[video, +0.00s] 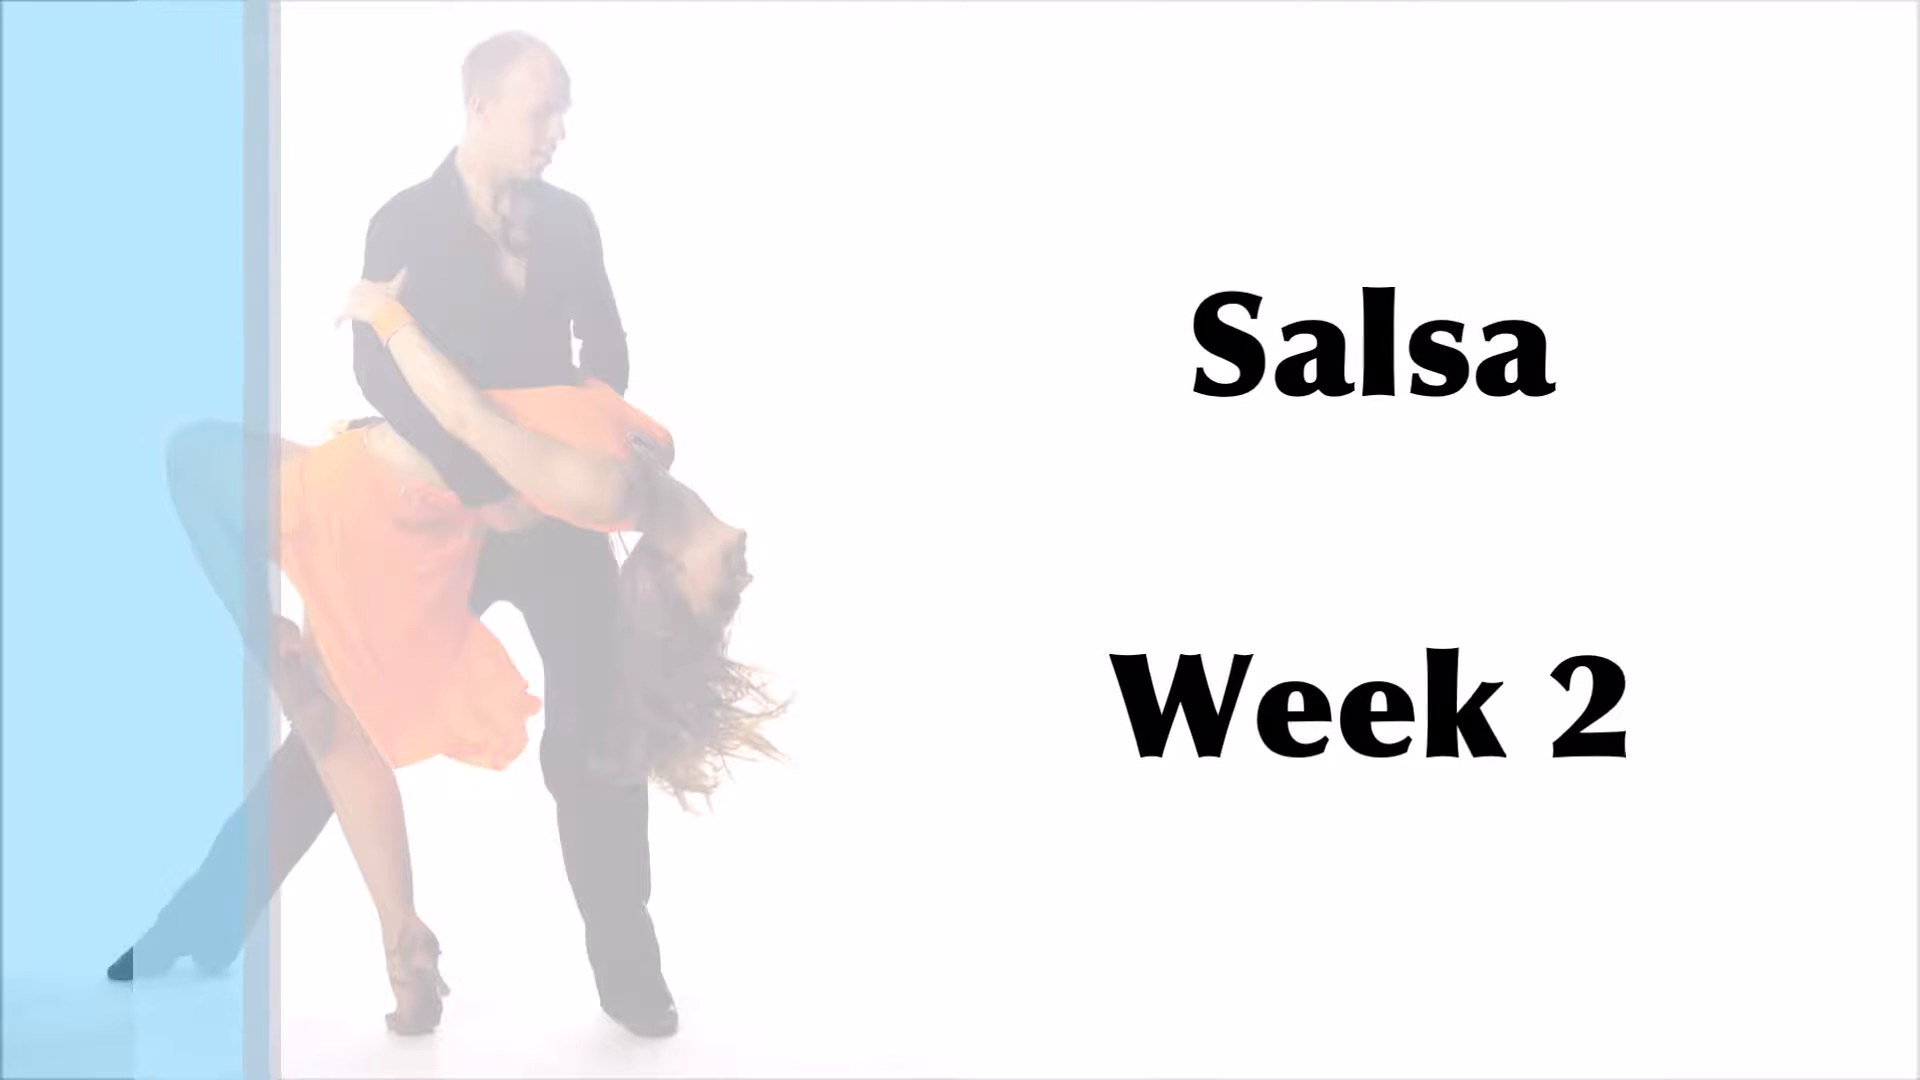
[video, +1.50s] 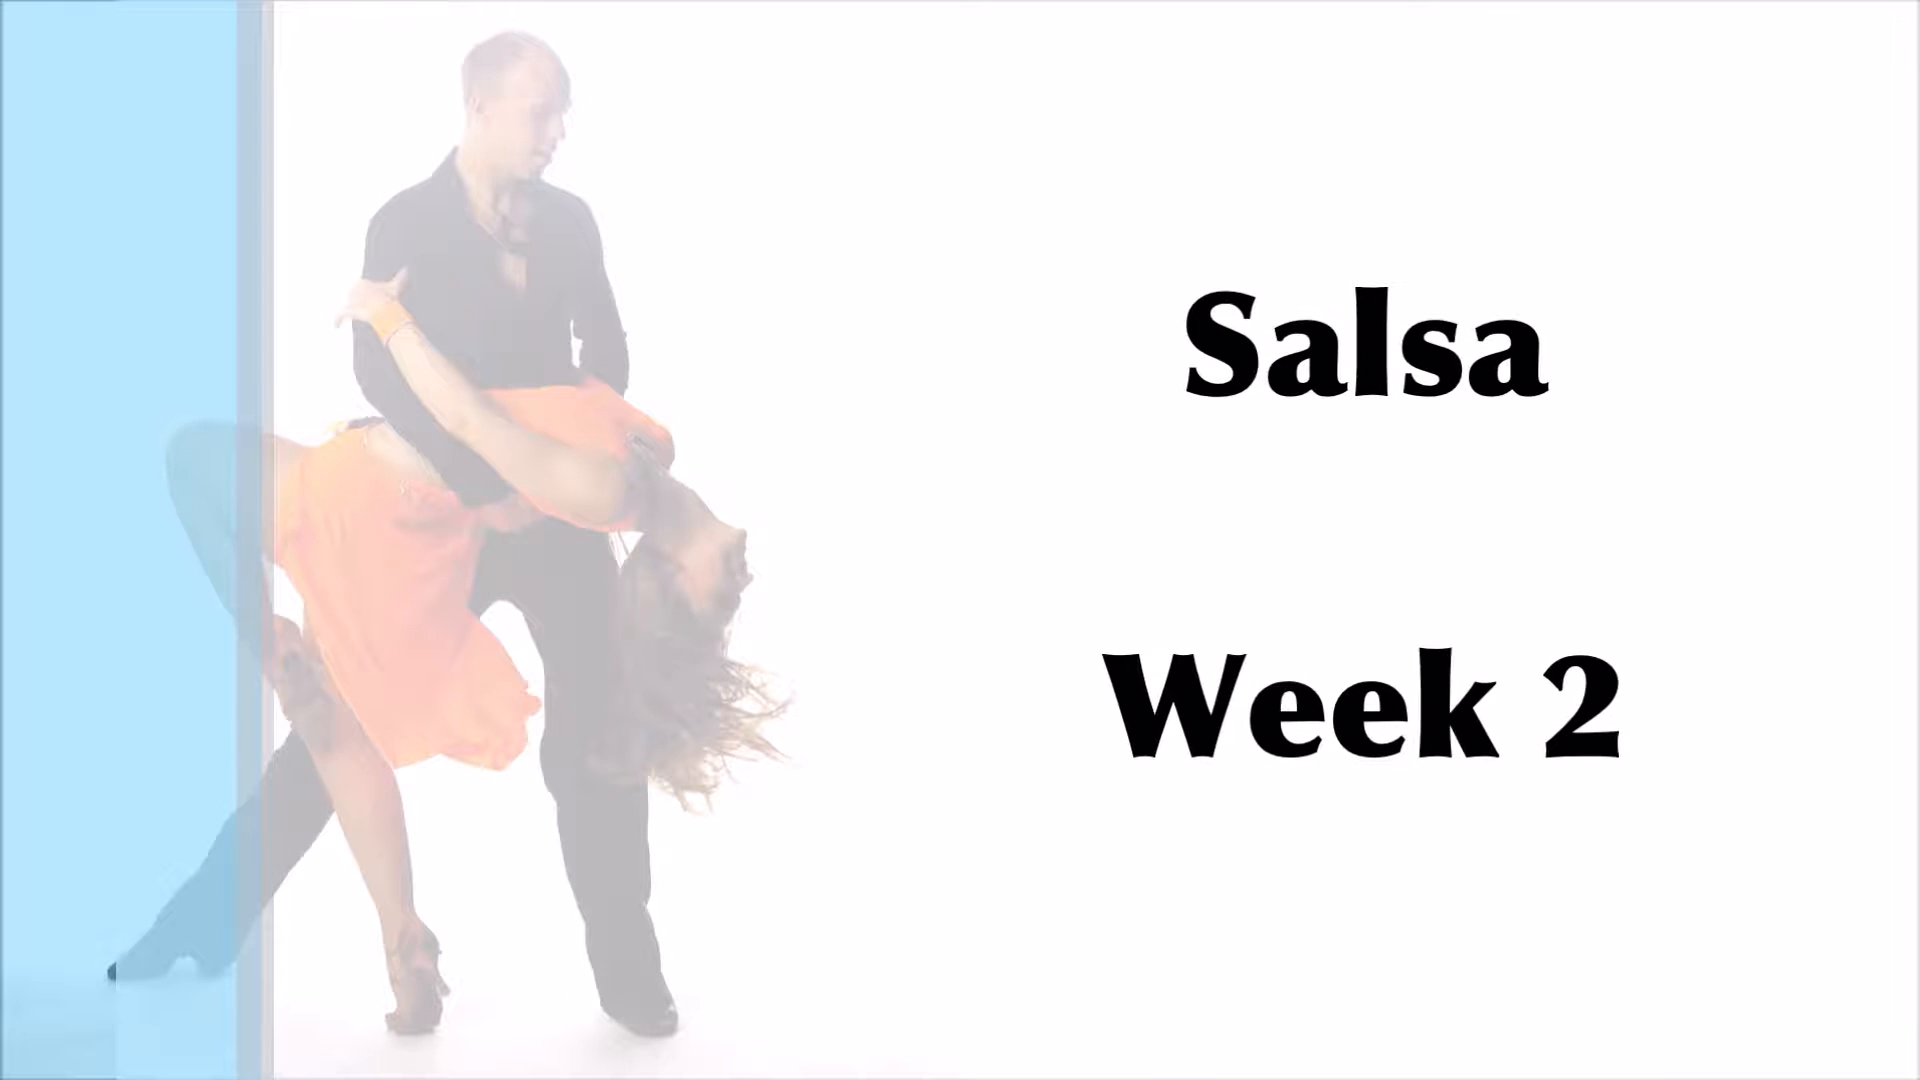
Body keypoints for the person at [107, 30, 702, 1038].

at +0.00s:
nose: (557, 133)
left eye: (564, 116)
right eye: (543, 113)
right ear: (481, 110)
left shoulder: (567, 220)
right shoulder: (404, 224)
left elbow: (608, 341)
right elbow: (379, 371)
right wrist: (470, 478)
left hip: (553, 524)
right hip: (434, 523)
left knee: (597, 720)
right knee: (345, 730)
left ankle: (627, 955)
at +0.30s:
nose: (555, 135)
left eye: (562, 117)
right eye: (542, 114)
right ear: (482, 112)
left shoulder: (567, 220)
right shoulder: (406, 224)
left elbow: (605, 342)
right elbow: (377, 368)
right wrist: (466, 477)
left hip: (554, 525)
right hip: (437, 523)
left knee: (597, 724)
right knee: (345, 731)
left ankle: (627, 961)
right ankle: (200, 931)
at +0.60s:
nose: (554, 134)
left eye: (561, 116)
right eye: (539, 114)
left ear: (554, 122)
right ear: (480, 112)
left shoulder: (567, 220)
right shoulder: (407, 224)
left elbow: (605, 342)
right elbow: (377, 367)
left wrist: (596, 435)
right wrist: (464, 474)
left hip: (554, 525)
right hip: (436, 521)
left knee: (597, 723)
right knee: (346, 730)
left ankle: (627, 958)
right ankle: (204, 926)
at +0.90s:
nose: (557, 133)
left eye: (564, 116)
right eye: (542, 113)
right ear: (480, 110)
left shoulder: (568, 220)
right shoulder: (406, 222)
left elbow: (607, 347)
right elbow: (377, 368)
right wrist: (465, 475)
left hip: (554, 527)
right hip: (439, 524)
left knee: (598, 727)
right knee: (346, 729)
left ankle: (627, 962)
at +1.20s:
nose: (556, 133)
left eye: (563, 116)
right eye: (542, 113)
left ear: (556, 122)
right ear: (480, 110)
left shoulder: (567, 220)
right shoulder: (406, 223)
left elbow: (607, 344)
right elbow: (378, 368)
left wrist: (595, 420)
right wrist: (465, 473)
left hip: (554, 527)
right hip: (437, 523)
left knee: (597, 726)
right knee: (346, 730)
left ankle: (628, 962)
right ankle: (202, 927)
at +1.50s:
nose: (556, 133)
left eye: (563, 116)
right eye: (541, 113)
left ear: (556, 122)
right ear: (480, 110)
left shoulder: (567, 220)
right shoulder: (405, 223)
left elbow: (606, 341)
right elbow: (377, 368)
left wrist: (594, 416)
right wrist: (464, 472)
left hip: (554, 527)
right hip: (436, 523)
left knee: (598, 727)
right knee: (344, 730)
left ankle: (629, 964)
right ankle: (203, 926)